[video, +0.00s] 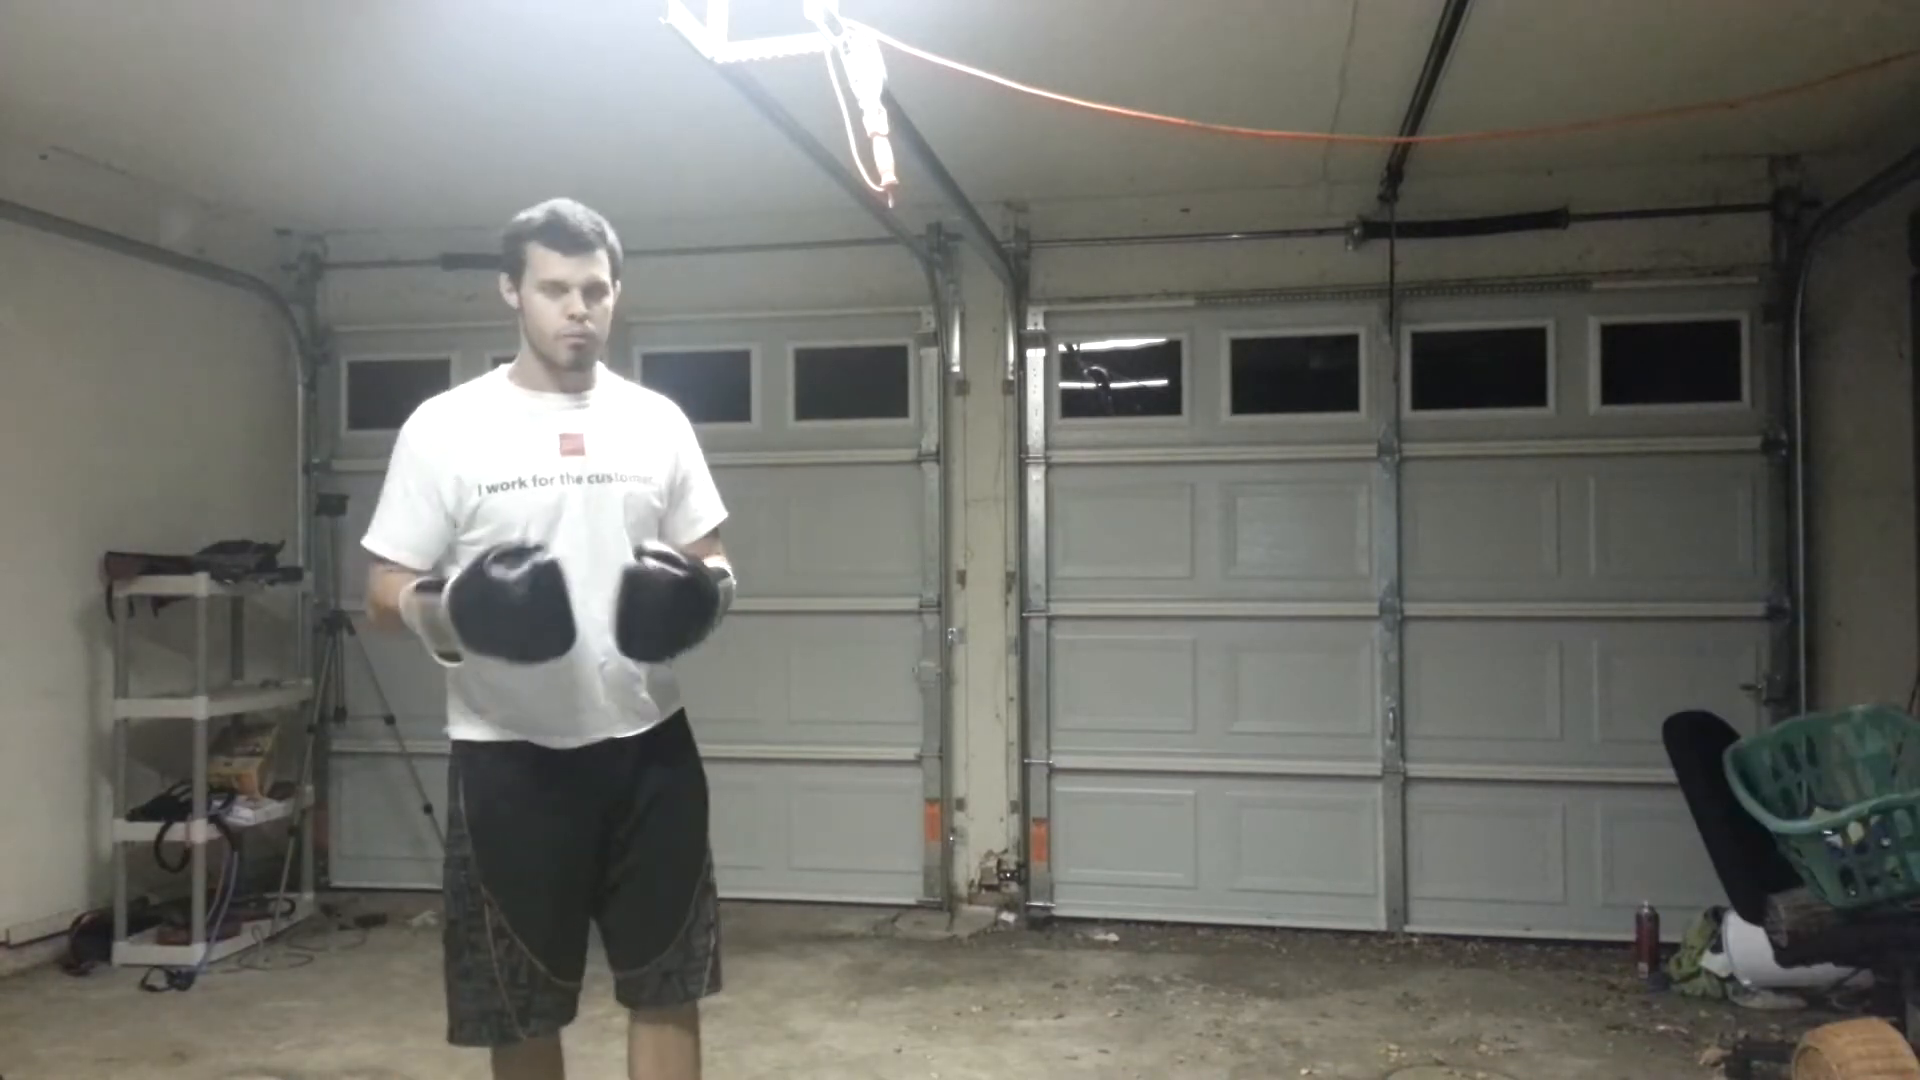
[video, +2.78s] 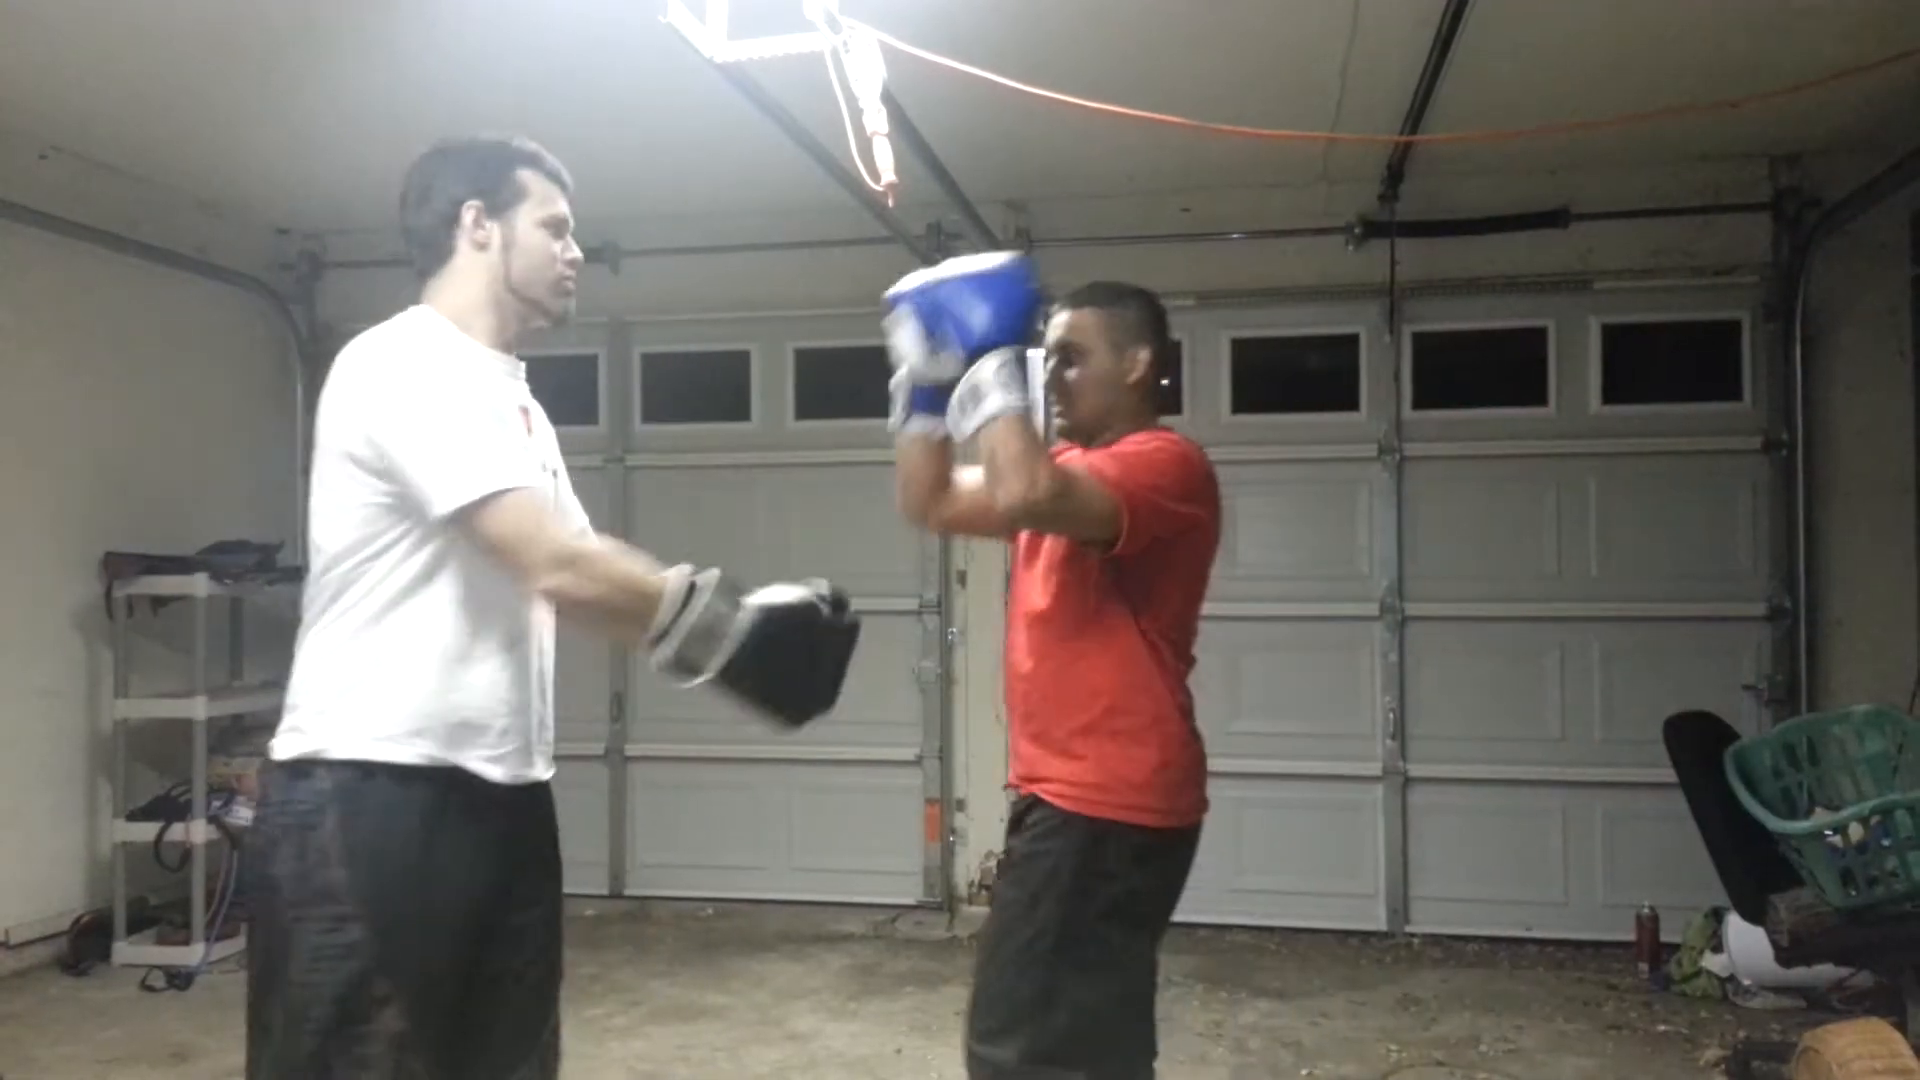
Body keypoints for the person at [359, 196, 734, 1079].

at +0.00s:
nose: (580, 311)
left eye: (596, 291)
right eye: (558, 290)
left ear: (617, 298)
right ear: (513, 296)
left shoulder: (658, 420)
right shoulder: (443, 427)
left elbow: (714, 563)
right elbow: (387, 591)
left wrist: (699, 591)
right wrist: (450, 611)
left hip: (647, 748)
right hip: (512, 757)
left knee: (667, 1001)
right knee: (522, 1021)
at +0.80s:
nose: (661, 279)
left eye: (677, 263)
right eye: (638, 256)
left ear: (690, 279)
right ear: (582, 264)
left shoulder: (714, 413)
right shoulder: (491, 395)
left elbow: (765, 609)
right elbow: (416, 578)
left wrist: (740, 504)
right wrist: (512, 490)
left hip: (668, 766)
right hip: (509, 760)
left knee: (669, 1052)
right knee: (451, 1051)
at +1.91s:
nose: (607, 329)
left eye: (619, 304)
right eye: (582, 302)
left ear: (626, 296)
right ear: (504, 285)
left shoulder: (639, 406)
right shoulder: (394, 394)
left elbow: (780, 491)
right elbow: (414, 575)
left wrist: (884, 487)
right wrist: (502, 419)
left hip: (604, 795)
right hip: (432, 795)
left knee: (639, 1064)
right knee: (414, 1065)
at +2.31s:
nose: (554, 303)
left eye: (560, 279)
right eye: (527, 274)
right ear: (442, 262)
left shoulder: (563, 396)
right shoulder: (312, 385)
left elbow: (731, 464)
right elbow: (359, 558)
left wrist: (898, 466)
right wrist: (459, 399)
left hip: (543, 808)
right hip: (360, 811)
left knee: (596, 1064)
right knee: (341, 1067)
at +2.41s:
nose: (541, 288)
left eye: (545, 265)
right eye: (517, 260)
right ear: (430, 251)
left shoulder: (542, 371)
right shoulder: (303, 380)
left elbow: (683, 495)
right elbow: (350, 576)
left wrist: (841, 531)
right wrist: (496, 459)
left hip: (540, 803)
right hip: (363, 816)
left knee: (582, 1064)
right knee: (357, 1063)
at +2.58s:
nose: (551, 272)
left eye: (552, 250)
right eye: (528, 243)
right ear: (442, 242)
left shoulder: (539, 417)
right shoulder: (330, 382)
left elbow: (623, 582)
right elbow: (409, 599)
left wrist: (763, 656)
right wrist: (601, 641)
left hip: (519, 818)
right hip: (357, 815)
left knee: (516, 1065)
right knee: (354, 1065)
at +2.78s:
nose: (576, 255)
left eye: (573, 234)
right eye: (555, 228)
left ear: (487, 231)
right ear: (475, 226)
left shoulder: (517, 403)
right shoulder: (404, 361)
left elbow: (578, 572)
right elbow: (555, 564)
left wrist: (728, 621)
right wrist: (721, 629)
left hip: (503, 802)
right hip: (370, 800)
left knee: (507, 1062)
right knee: (359, 1062)